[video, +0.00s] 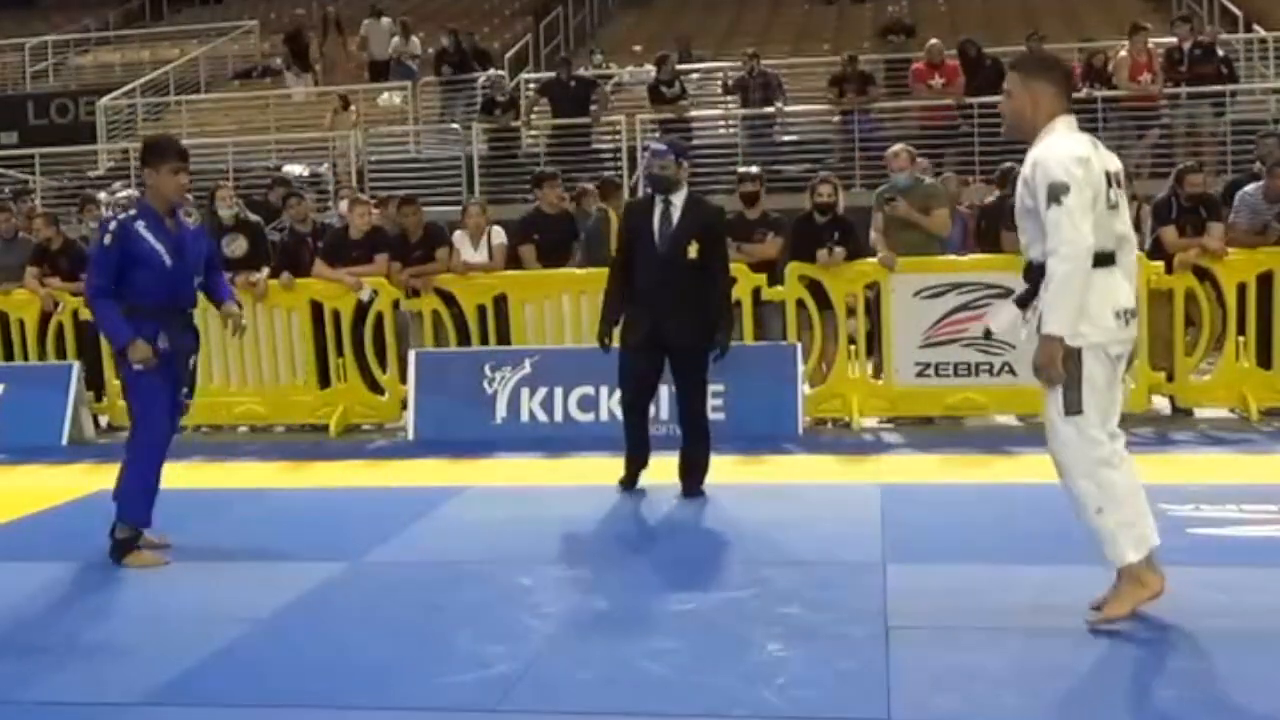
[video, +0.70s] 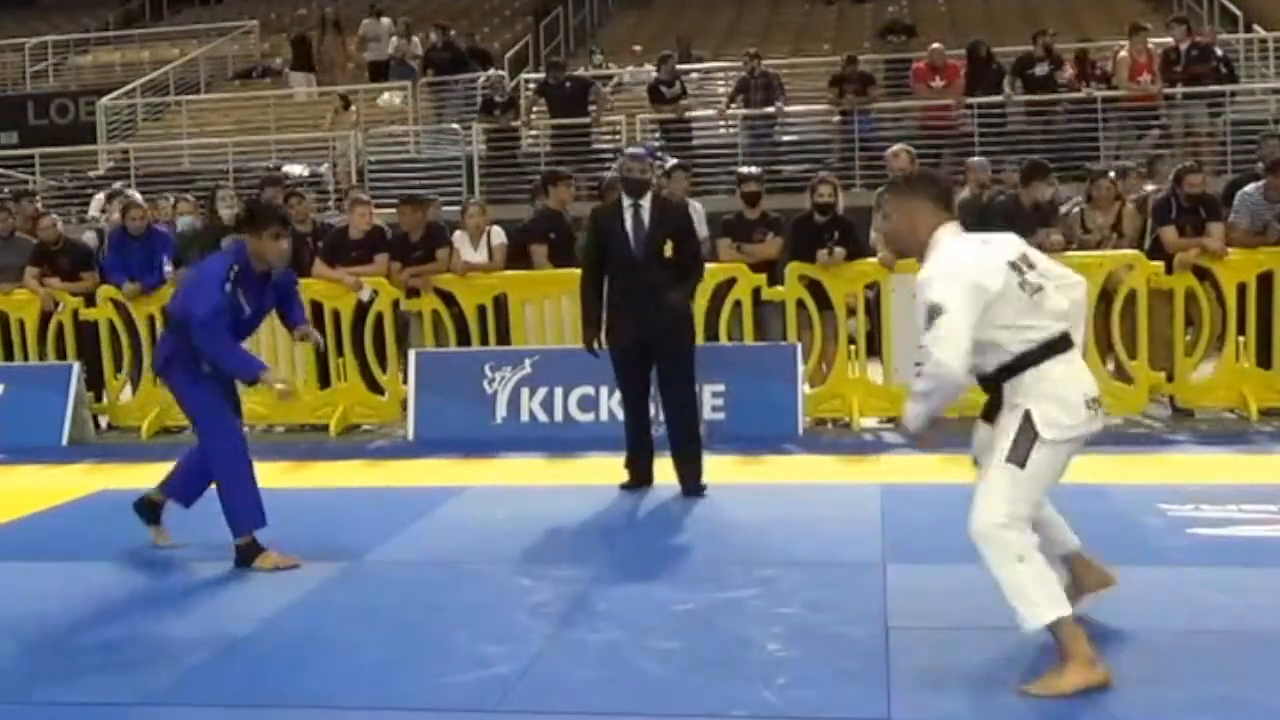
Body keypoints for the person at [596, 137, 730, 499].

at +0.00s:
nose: (654, 169)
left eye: (662, 163)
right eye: (651, 163)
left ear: (682, 169)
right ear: (647, 168)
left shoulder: (708, 214)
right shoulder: (635, 210)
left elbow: (718, 275)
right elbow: (621, 269)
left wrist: (721, 326)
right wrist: (609, 317)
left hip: (690, 325)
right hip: (642, 324)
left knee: (692, 406)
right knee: (632, 398)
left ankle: (692, 479)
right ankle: (634, 462)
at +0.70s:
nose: (636, 175)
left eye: (643, 169)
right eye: (630, 168)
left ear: (654, 173)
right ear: (619, 172)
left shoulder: (674, 210)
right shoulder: (602, 216)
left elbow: (693, 261)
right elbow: (592, 273)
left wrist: (679, 296)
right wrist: (591, 323)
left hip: (670, 318)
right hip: (625, 321)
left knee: (680, 399)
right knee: (633, 402)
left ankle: (690, 477)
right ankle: (638, 473)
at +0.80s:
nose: (640, 174)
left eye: (647, 168)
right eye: (634, 167)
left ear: (657, 173)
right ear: (622, 171)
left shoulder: (674, 209)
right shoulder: (601, 217)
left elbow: (697, 259)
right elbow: (592, 273)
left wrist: (671, 263)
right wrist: (591, 325)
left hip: (672, 319)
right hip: (625, 321)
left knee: (683, 398)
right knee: (634, 402)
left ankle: (695, 475)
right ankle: (639, 473)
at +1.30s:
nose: (677, 177)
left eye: (684, 171)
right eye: (671, 169)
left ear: (694, 175)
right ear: (659, 170)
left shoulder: (705, 211)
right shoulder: (633, 211)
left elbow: (720, 252)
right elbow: (617, 266)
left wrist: (692, 213)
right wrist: (614, 315)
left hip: (696, 312)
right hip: (648, 313)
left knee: (697, 391)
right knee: (644, 396)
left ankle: (698, 467)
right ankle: (640, 470)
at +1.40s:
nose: (685, 180)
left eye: (692, 173)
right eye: (679, 173)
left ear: (701, 175)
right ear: (666, 172)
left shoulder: (711, 209)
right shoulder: (643, 210)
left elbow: (727, 250)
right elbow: (625, 265)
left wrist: (699, 207)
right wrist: (624, 316)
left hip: (703, 306)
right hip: (653, 308)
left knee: (703, 393)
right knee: (647, 390)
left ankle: (699, 467)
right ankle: (642, 461)